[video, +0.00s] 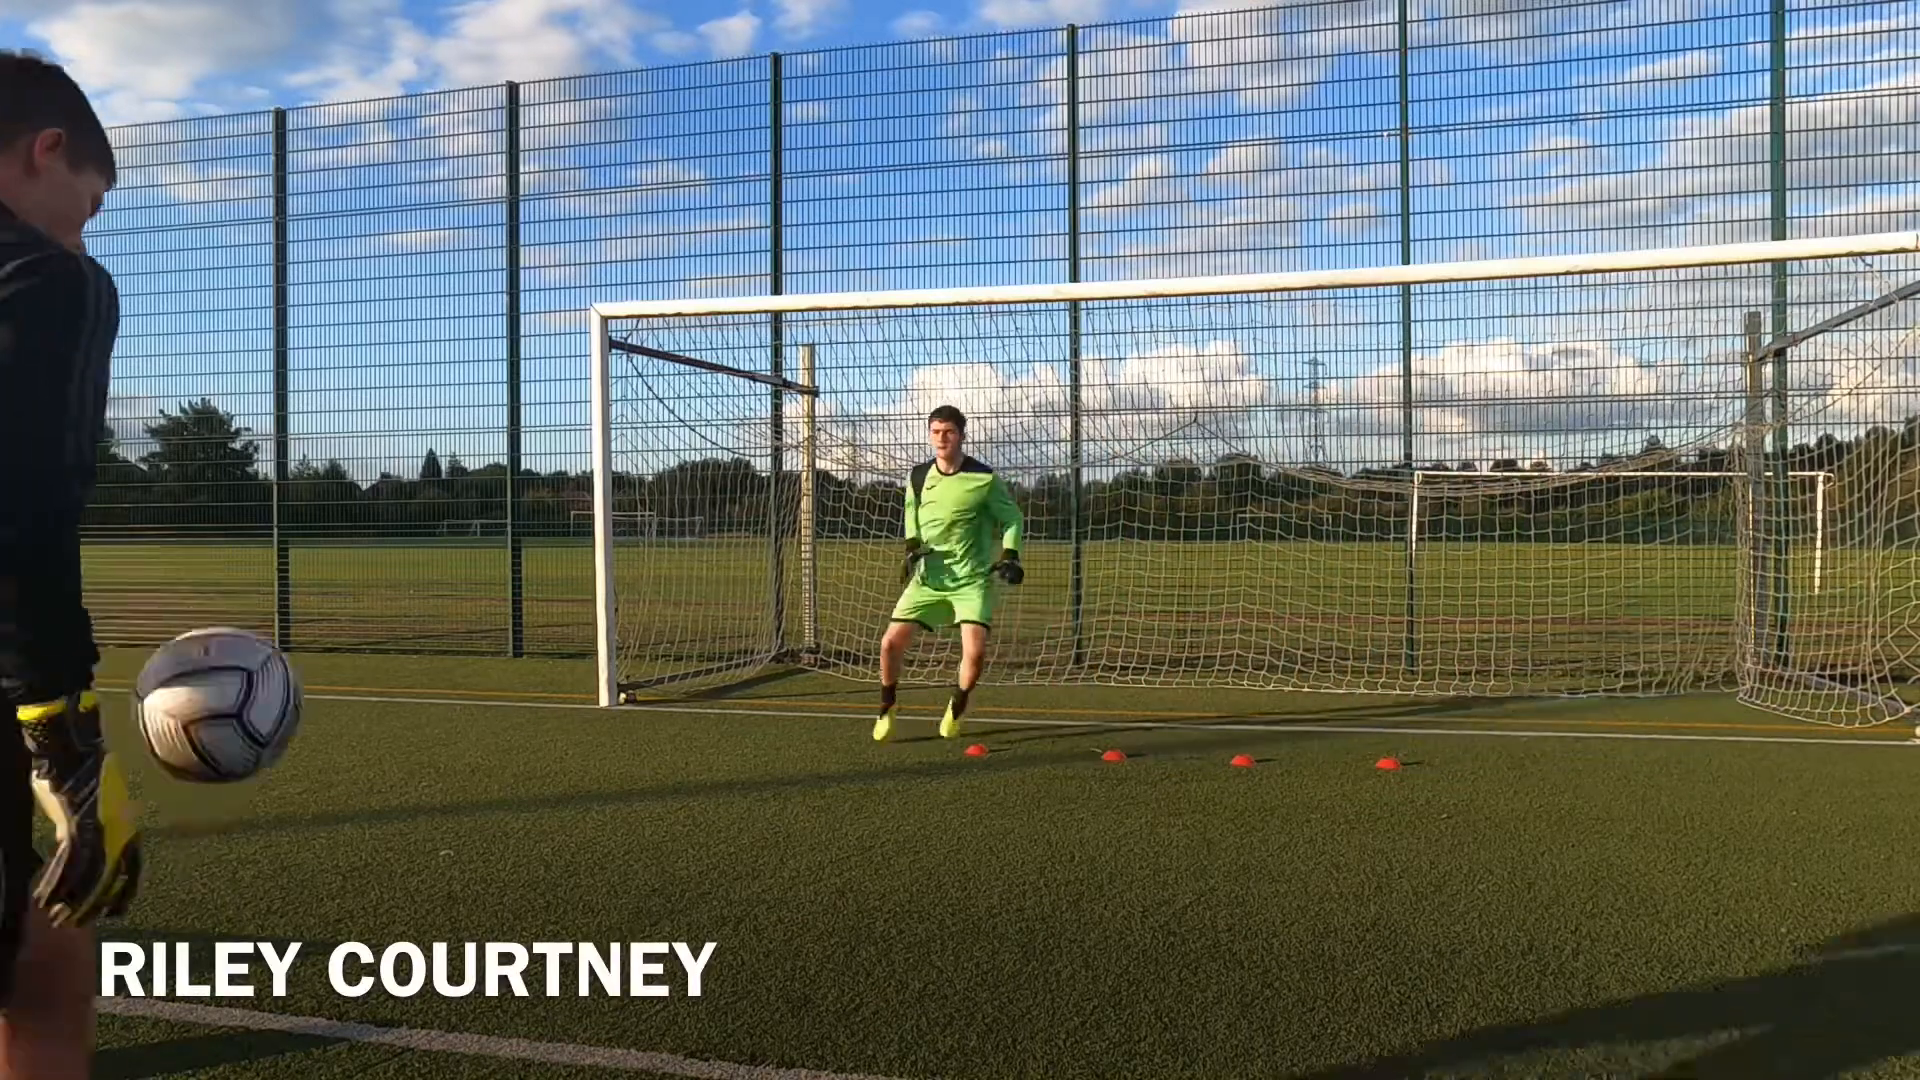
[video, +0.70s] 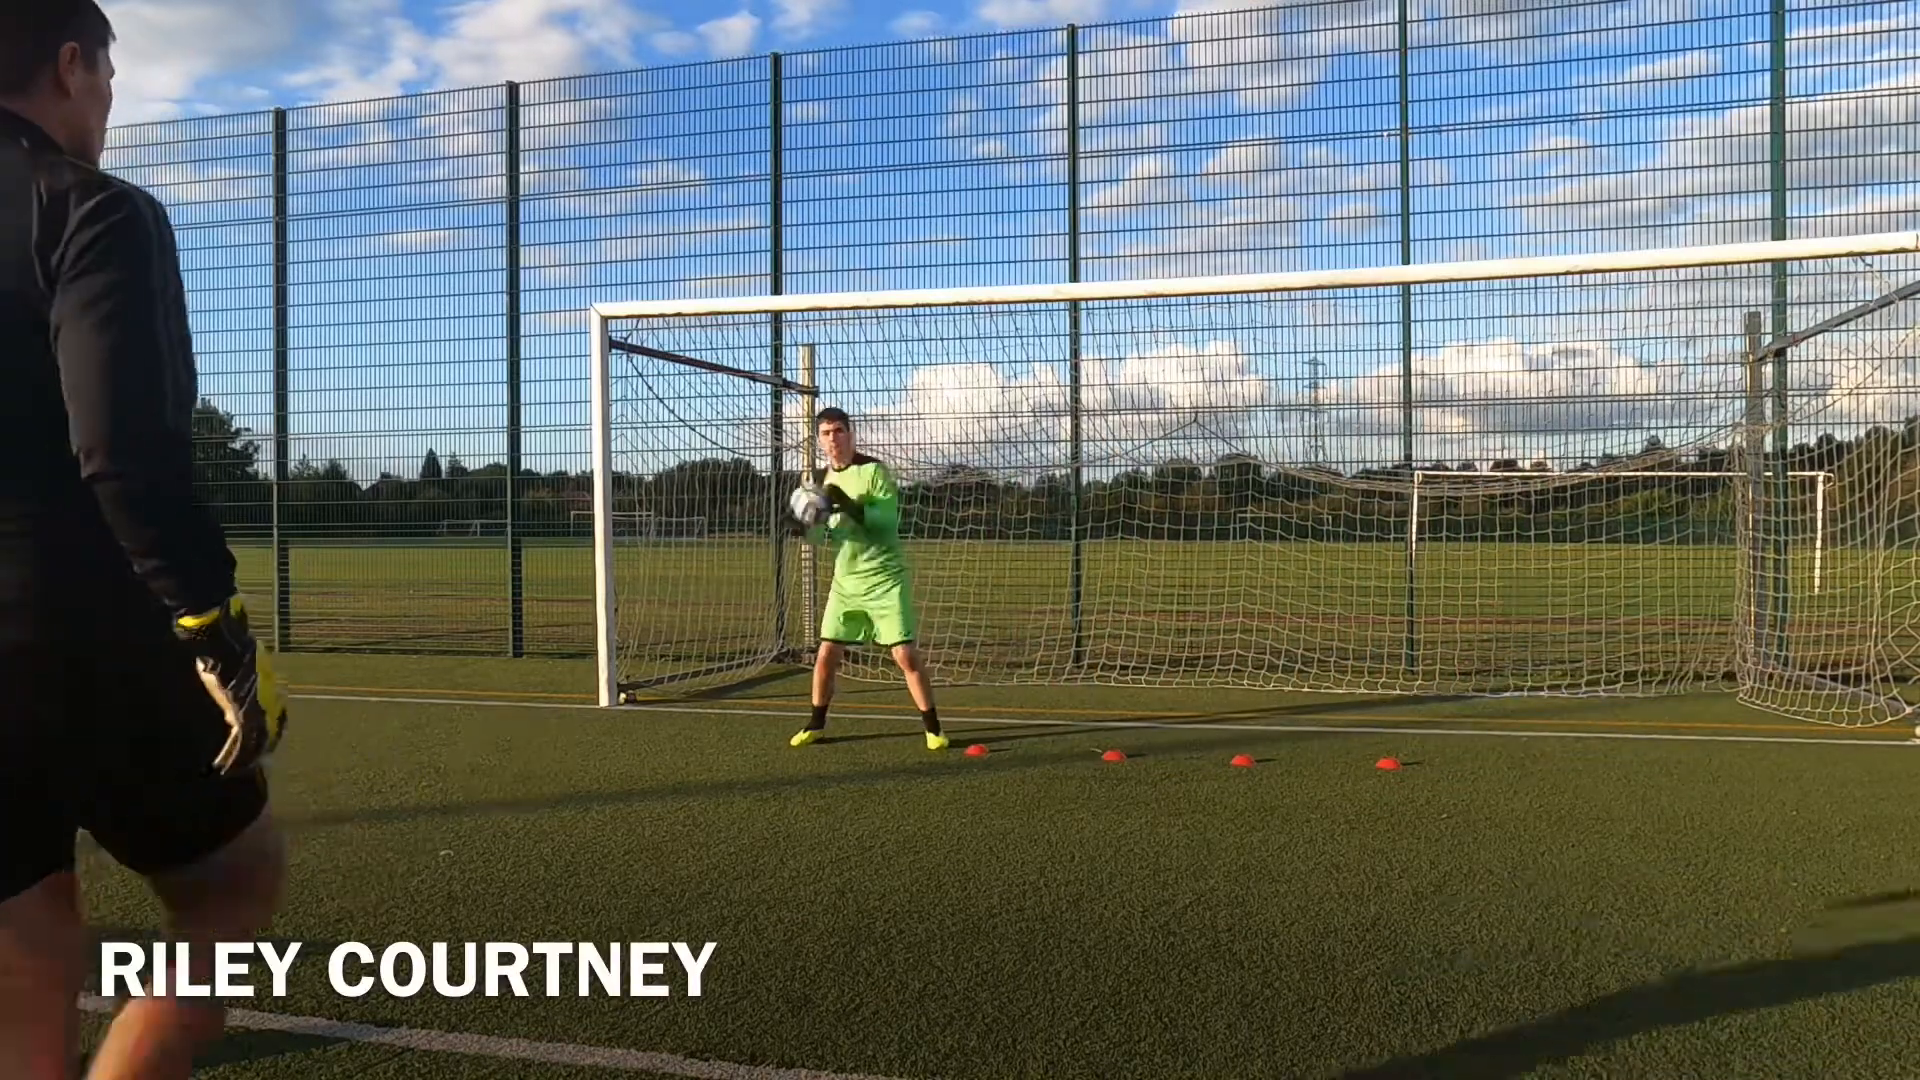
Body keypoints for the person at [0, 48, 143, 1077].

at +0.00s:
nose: (86, 225)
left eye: (97, 207)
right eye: (89, 198)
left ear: (26, 158)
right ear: (40, 154)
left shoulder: (42, 285)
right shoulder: (51, 284)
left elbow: (38, 528)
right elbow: (34, 523)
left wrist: (66, 756)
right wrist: (67, 756)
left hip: (24, 713)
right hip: (19, 715)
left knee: (50, 1004)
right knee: (50, 1009)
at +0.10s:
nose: (125, 228)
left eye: (136, 210)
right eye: (132, 202)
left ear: (22, 151)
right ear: (95, 154)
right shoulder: (80, 253)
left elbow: (43, 479)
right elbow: (40, 480)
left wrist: (60, 678)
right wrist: (62, 682)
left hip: (27, 674)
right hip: (30, 681)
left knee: (31, 989)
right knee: (144, 982)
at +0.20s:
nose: (163, 224)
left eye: (172, 209)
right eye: (170, 200)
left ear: (29, 151)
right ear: (134, 159)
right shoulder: (98, 218)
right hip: (35, 626)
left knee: (37, 976)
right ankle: (317, 990)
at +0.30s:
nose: (178, 217)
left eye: (184, 201)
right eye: (181, 194)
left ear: (40, 147)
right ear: (144, 150)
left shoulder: (8, 208)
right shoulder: (116, 214)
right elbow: (59, 439)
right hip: (40, 629)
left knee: (42, 968)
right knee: (247, 589)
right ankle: (369, 723)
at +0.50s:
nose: (144, 135)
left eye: (149, 112)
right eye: (144, 109)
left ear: (14, 91)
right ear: (100, 89)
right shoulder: (88, 193)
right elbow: (41, 401)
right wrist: (47, 628)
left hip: (20, 636)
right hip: (53, 632)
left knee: (45, 963)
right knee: (251, 521)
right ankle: (229, 829)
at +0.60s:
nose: (127, 113)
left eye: (126, 88)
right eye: (124, 87)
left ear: (18, 77)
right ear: (86, 75)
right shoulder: (86, 197)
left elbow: (63, 427)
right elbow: (71, 424)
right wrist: (147, 616)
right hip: (42, 593)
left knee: (36, 953)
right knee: (270, 700)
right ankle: (186, 999)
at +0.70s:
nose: (111, 103)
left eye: (108, 77)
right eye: (106, 75)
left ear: (28, 70)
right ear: (69, 65)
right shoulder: (86, 211)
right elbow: (124, 451)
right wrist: (213, 623)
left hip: (7, 647)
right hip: (70, 635)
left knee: (30, 977)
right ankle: (121, 1057)